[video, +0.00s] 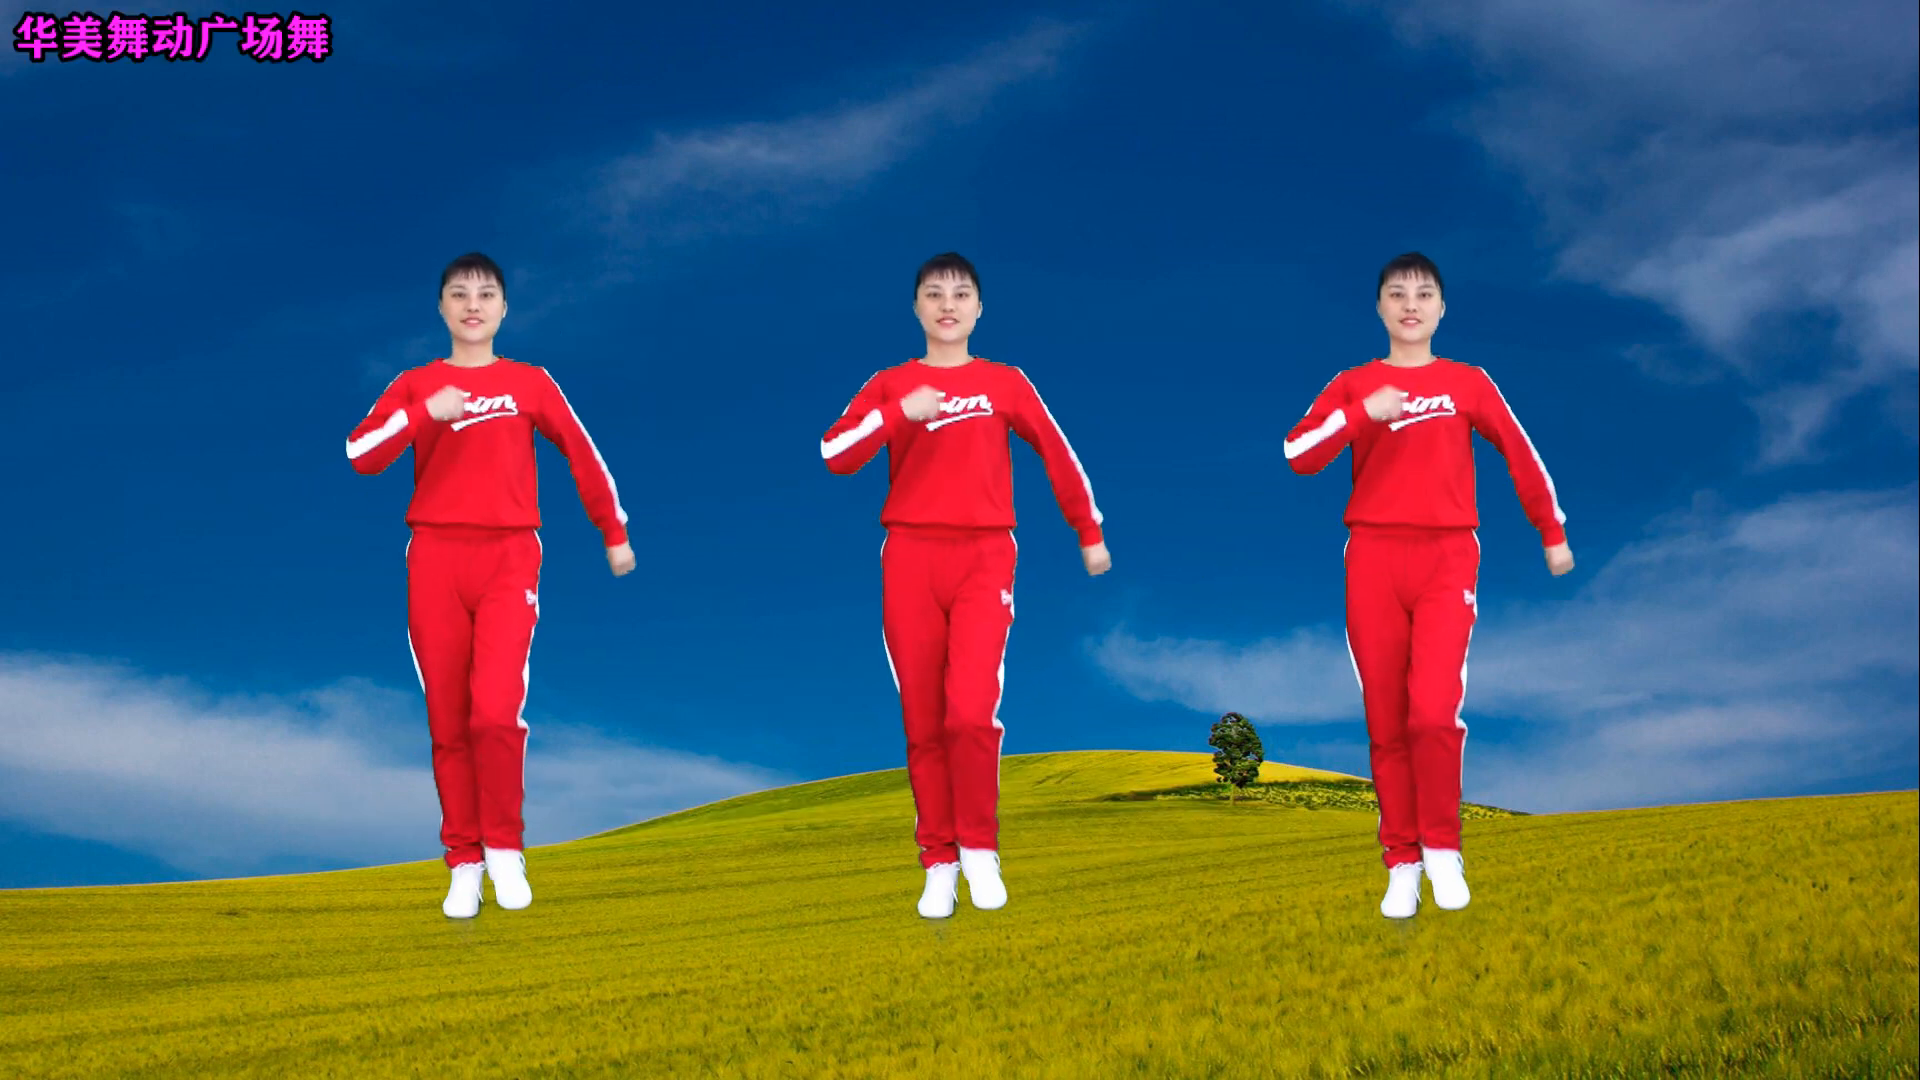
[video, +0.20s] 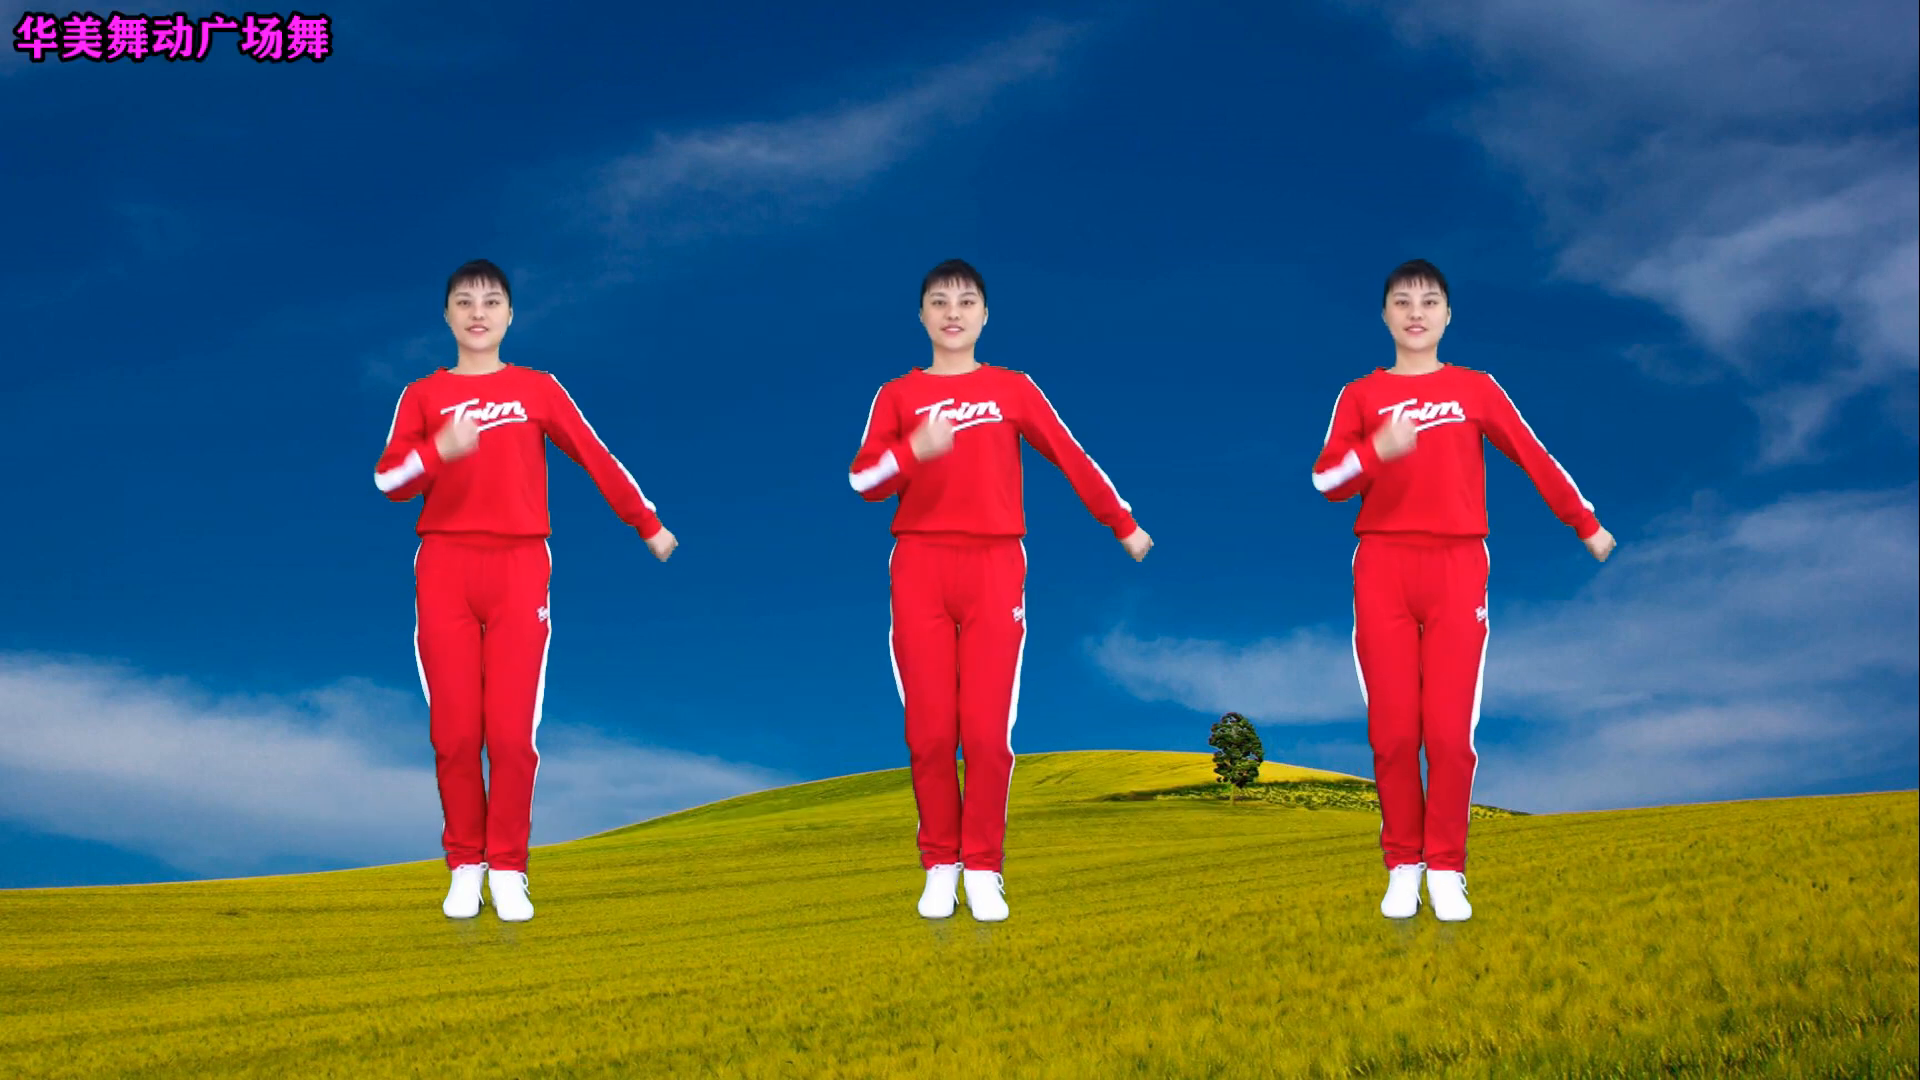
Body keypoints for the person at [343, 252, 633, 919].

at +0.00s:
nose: (473, 305)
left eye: (485, 295)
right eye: (461, 295)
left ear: (503, 307)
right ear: (443, 309)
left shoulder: (531, 383)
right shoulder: (413, 385)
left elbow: (584, 454)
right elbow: (361, 455)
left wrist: (615, 534)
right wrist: (422, 414)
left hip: (510, 561)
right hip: (434, 560)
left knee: (496, 713)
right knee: (447, 720)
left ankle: (504, 850)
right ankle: (463, 860)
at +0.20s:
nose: (478, 312)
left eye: (490, 302)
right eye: (465, 302)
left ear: (508, 314)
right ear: (448, 316)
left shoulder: (538, 388)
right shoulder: (422, 394)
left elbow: (597, 457)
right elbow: (390, 483)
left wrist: (650, 525)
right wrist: (437, 451)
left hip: (521, 568)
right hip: (445, 569)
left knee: (512, 730)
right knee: (453, 731)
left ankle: (509, 868)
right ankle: (465, 863)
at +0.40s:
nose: (483, 328)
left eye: (495, 316)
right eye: (470, 318)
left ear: (513, 327)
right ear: (453, 330)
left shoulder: (544, 407)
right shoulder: (428, 412)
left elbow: (565, 500)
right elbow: (421, 507)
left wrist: (577, 587)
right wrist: (423, 592)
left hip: (535, 580)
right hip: (461, 583)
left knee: (531, 732)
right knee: (484, 709)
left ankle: (510, 869)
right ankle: (475, 812)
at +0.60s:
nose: (484, 305)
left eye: (495, 294)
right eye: (471, 296)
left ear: (514, 303)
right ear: (455, 308)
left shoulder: (546, 381)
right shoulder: (430, 388)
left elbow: (586, 465)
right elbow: (379, 464)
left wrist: (531, 442)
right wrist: (340, 544)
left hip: (534, 556)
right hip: (458, 556)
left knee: (527, 712)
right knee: (485, 705)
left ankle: (514, 861)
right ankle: (475, 827)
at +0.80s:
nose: (482, 316)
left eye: (494, 305)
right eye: (469, 307)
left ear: (513, 315)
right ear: (453, 320)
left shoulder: (544, 395)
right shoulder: (428, 395)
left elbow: (573, 481)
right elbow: (358, 454)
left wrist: (533, 420)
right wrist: (287, 514)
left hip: (530, 566)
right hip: (453, 567)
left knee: (521, 727)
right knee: (461, 732)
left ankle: (509, 868)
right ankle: (465, 869)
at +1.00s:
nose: (478, 318)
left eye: (489, 308)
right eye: (465, 309)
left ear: (508, 319)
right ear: (448, 322)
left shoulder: (536, 396)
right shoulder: (420, 402)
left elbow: (540, 476)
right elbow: (388, 490)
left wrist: (499, 522)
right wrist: (357, 571)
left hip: (511, 577)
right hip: (437, 577)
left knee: (499, 724)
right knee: (446, 731)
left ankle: (504, 849)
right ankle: (462, 867)